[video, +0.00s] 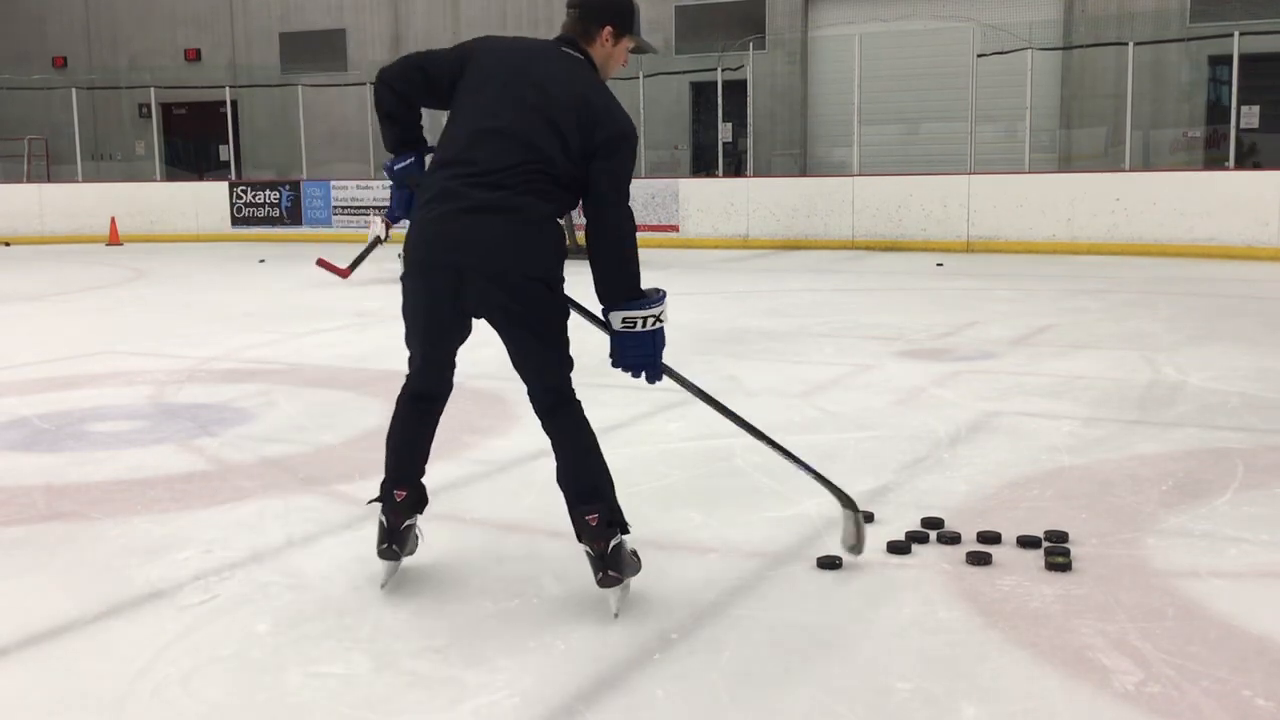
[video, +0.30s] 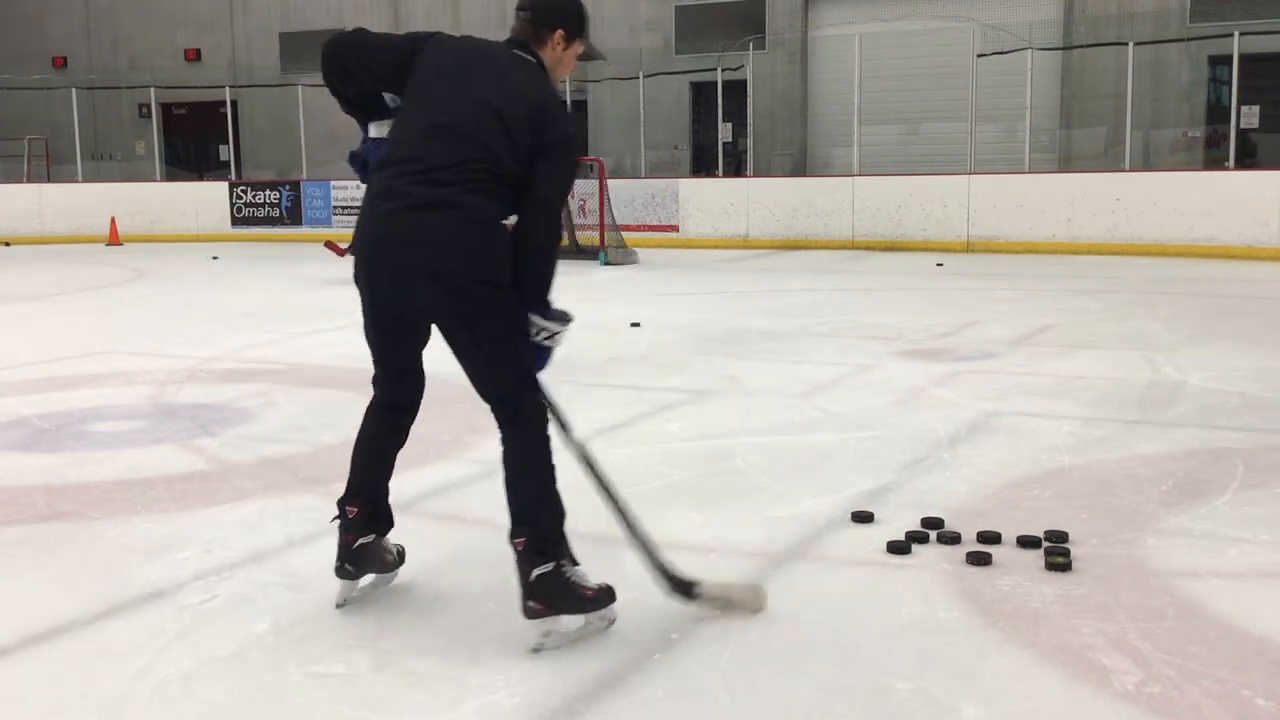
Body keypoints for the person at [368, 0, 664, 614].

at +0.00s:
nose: (626, 63)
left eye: (631, 52)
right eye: (628, 50)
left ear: (577, 27)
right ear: (605, 36)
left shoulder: (485, 55)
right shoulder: (606, 116)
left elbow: (395, 80)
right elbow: (609, 230)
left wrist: (407, 162)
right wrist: (632, 319)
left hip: (433, 253)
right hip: (519, 264)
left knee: (424, 380)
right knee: (557, 404)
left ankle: (396, 515)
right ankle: (604, 543)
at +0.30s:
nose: (573, 68)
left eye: (579, 58)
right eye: (577, 55)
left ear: (525, 30)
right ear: (556, 41)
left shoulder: (437, 50)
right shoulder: (551, 112)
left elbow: (339, 51)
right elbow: (540, 220)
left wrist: (372, 120)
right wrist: (534, 309)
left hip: (382, 245)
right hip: (467, 256)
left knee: (394, 392)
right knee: (519, 409)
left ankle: (358, 536)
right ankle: (544, 569)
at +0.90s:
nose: (492, 23)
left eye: (490, 17)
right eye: (494, 16)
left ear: (430, 5)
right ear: (485, 16)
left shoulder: (356, 34)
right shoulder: (481, 94)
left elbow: (253, 60)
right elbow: (476, 209)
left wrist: (299, 134)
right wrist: (489, 314)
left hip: (308, 247)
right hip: (391, 257)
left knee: (339, 403)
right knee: (437, 422)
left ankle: (304, 555)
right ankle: (440, 595)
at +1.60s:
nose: (441, 3)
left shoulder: (313, 51)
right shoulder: (443, 68)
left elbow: (255, 139)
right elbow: (460, 188)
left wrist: (315, 206)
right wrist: (521, 288)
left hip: (307, 283)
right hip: (395, 288)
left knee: (307, 422)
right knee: (455, 442)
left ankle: (248, 562)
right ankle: (487, 614)